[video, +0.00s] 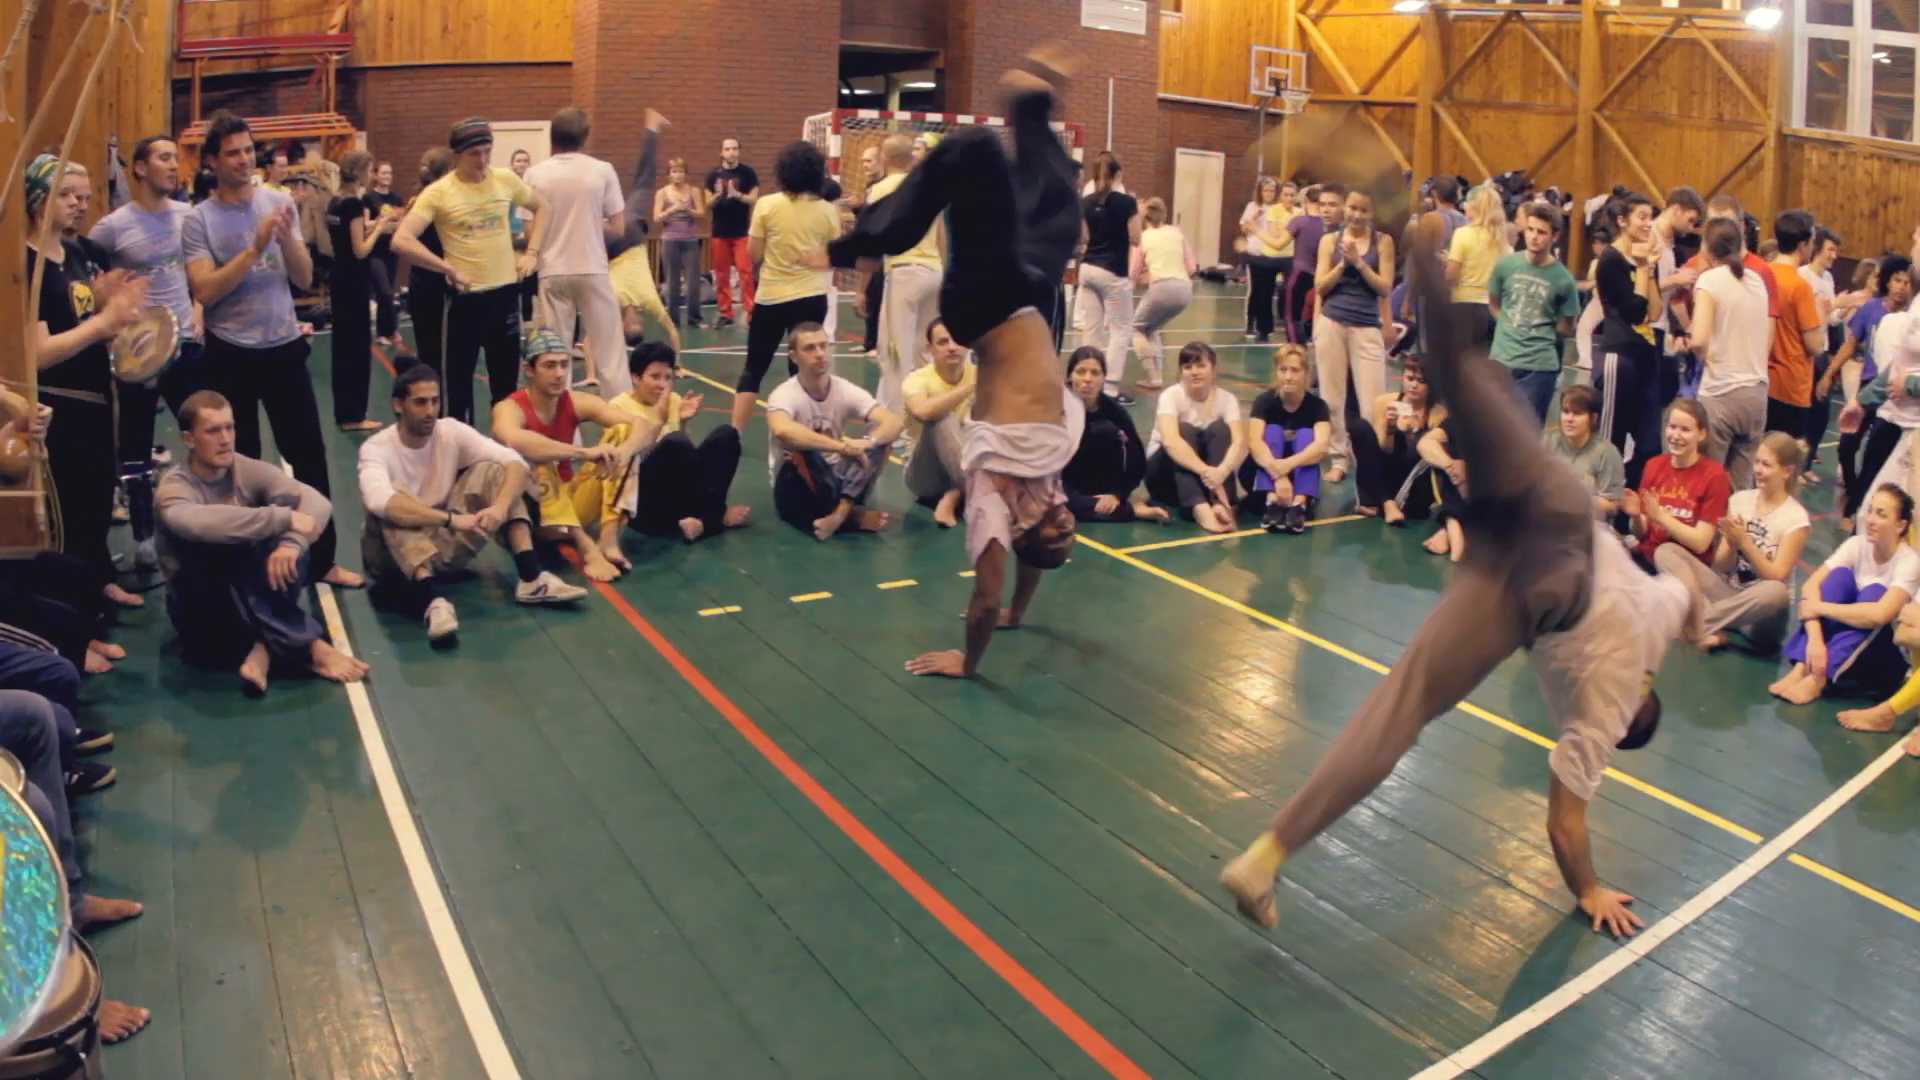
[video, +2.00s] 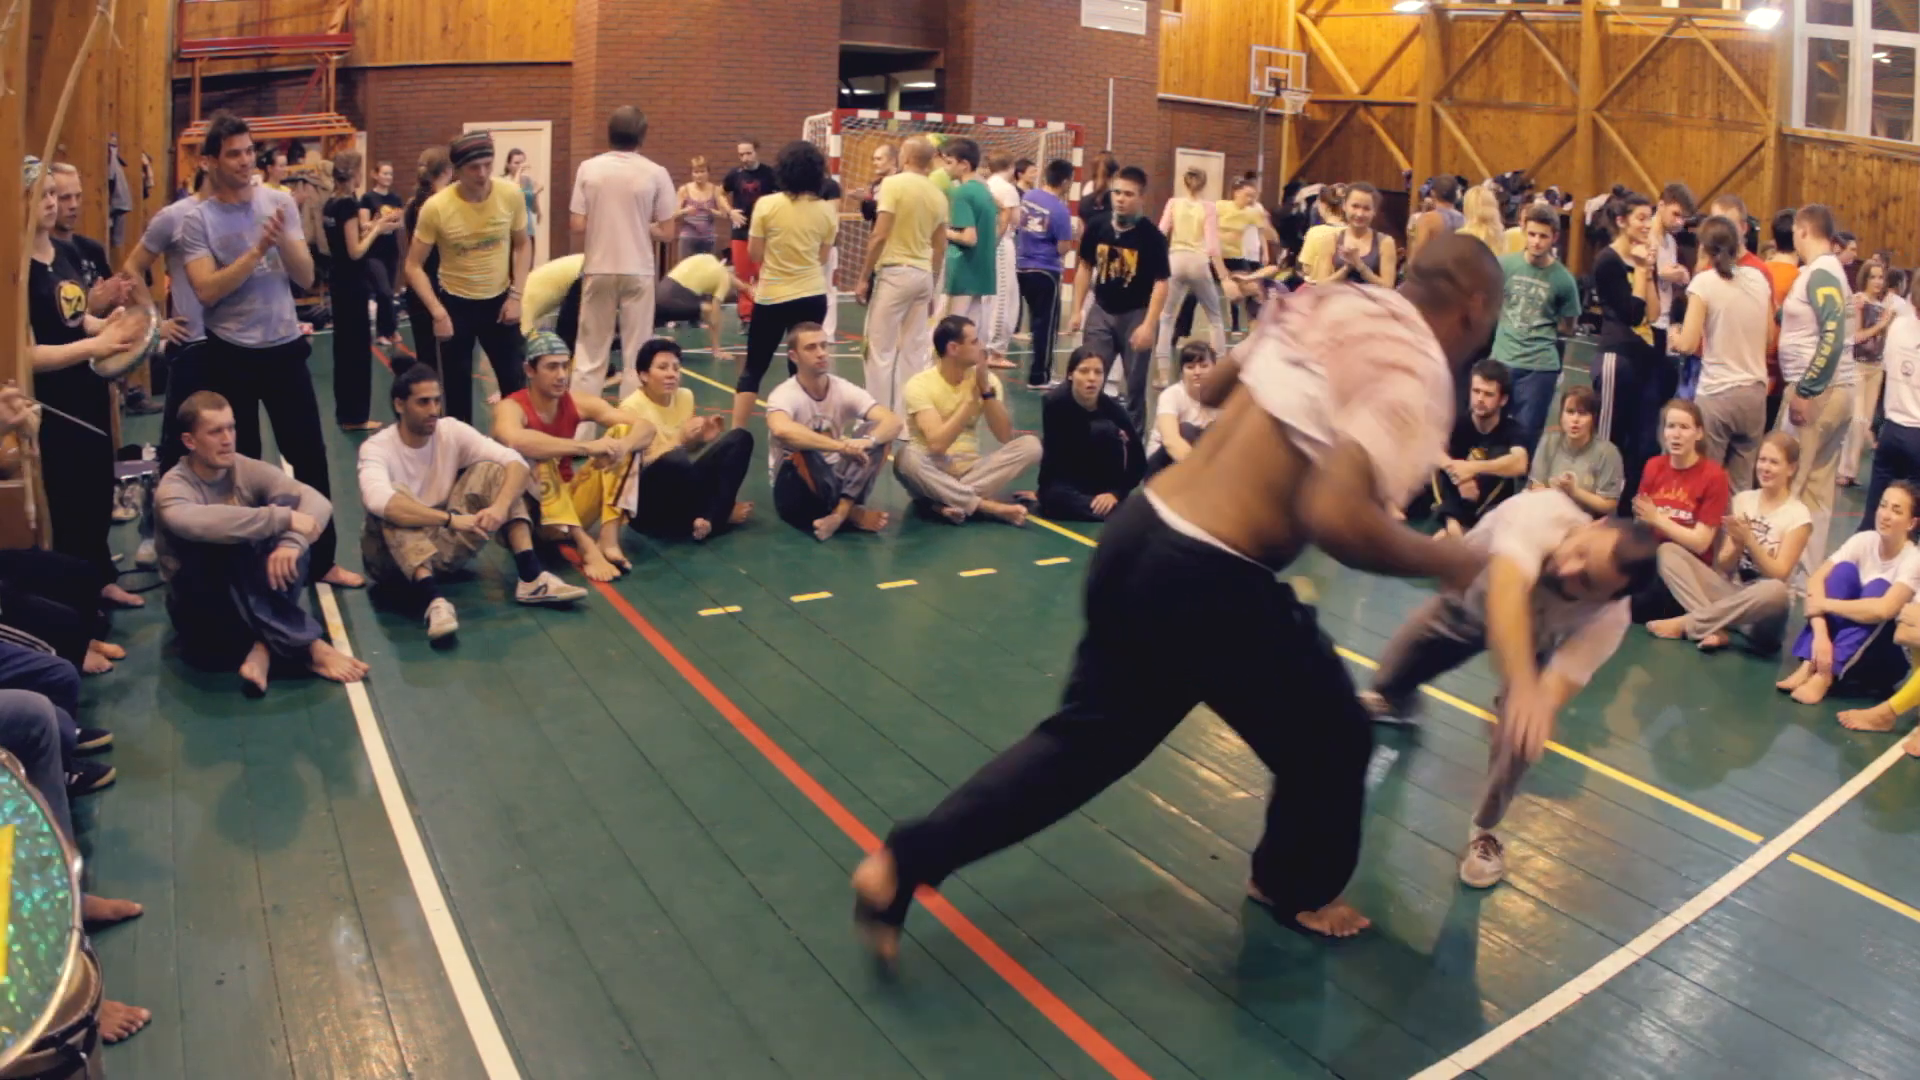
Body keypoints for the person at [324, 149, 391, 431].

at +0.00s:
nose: (372, 176)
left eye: (372, 171)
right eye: (370, 171)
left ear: (346, 172)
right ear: (361, 174)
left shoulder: (335, 203)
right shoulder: (354, 205)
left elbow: (342, 244)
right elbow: (360, 249)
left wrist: (368, 226)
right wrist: (379, 229)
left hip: (340, 278)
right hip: (356, 280)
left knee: (345, 342)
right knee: (357, 344)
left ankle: (346, 412)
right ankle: (352, 415)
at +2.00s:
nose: (366, 175)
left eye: (365, 169)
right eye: (364, 170)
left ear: (338, 172)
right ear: (354, 173)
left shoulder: (330, 205)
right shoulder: (348, 206)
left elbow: (344, 245)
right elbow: (355, 250)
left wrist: (370, 226)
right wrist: (377, 228)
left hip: (339, 279)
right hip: (353, 281)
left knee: (346, 343)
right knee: (358, 344)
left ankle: (347, 413)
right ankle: (355, 416)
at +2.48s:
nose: (369, 177)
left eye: (368, 171)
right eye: (367, 172)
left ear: (340, 171)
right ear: (357, 174)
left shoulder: (330, 205)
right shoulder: (349, 207)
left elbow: (346, 242)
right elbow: (355, 252)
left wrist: (376, 229)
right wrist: (379, 236)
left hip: (338, 279)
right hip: (353, 282)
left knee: (347, 342)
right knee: (358, 345)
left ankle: (347, 411)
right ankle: (356, 416)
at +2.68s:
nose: (369, 176)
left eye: (369, 170)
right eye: (367, 171)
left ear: (341, 170)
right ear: (356, 173)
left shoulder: (331, 204)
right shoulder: (349, 205)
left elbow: (345, 242)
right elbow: (356, 250)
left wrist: (372, 226)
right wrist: (379, 230)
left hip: (339, 278)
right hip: (352, 280)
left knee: (346, 343)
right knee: (358, 344)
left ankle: (347, 413)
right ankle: (355, 416)